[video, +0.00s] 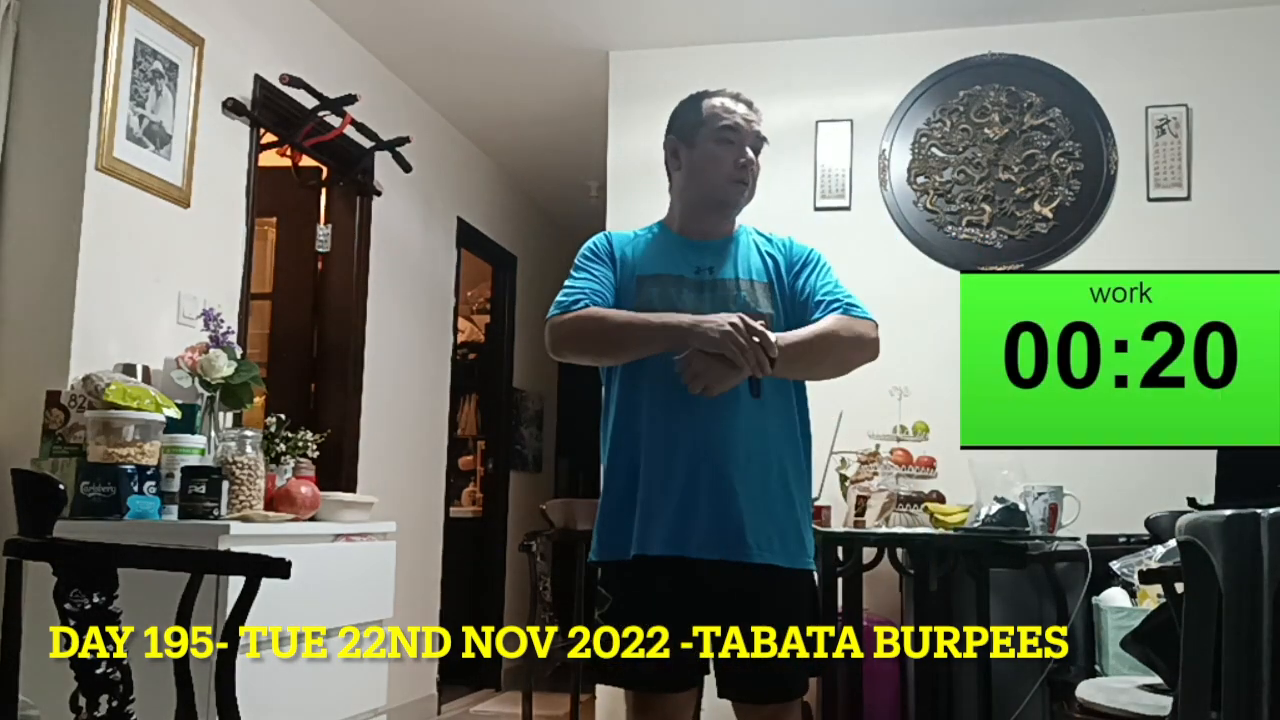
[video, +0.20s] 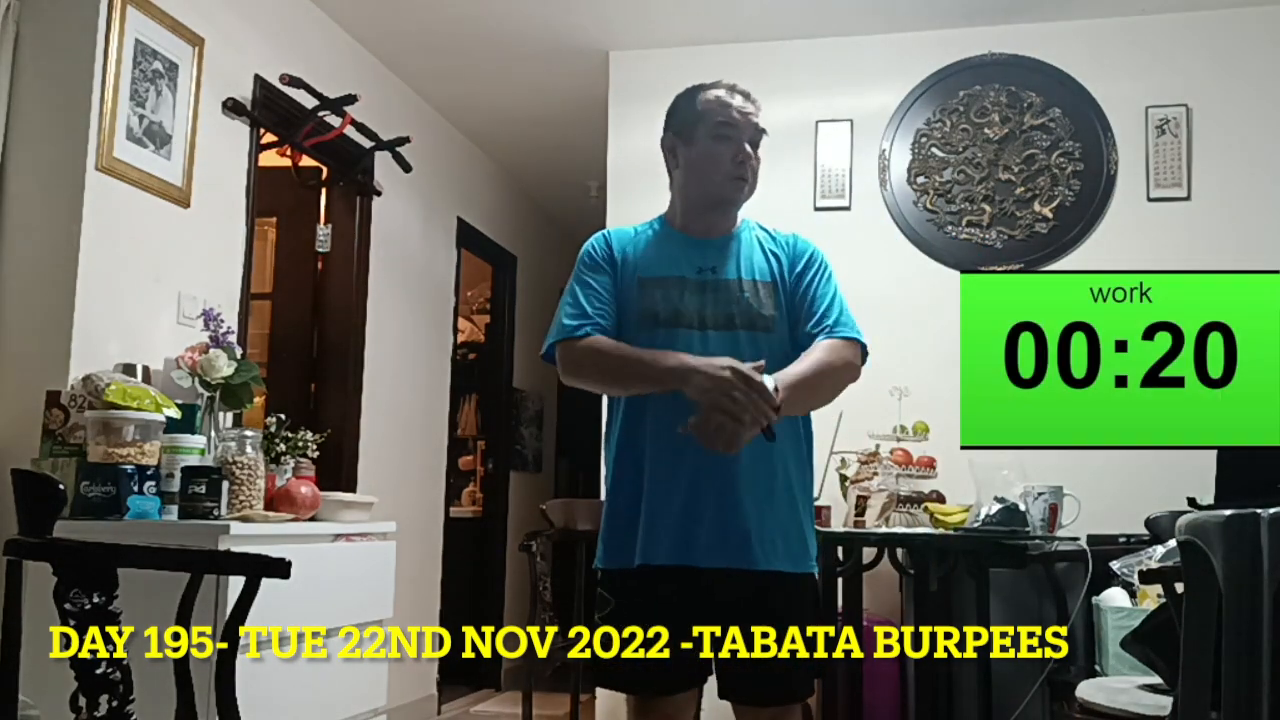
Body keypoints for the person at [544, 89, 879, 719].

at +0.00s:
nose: (749, 159)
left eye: (757, 147)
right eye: (728, 141)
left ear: (763, 163)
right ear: (675, 154)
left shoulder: (789, 258)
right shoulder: (614, 253)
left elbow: (860, 336)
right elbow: (565, 334)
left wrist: (749, 353)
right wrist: (691, 328)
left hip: (770, 546)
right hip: (647, 542)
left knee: (778, 710)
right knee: (656, 709)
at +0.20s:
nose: (747, 153)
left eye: (755, 142)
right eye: (725, 137)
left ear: (762, 156)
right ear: (673, 150)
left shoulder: (795, 257)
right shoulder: (613, 252)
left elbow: (844, 353)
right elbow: (571, 353)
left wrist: (762, 398)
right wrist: (690, 370)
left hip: (772, 547)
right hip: (652, 543)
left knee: (778, 711)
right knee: (658, 709)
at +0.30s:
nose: (737, 152)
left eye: (747, 138)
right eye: (713, 135)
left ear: (758, 153)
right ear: (665, 152)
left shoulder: (797, 259)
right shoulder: (610, 258)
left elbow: (825, 369)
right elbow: (579, 376)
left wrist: (785, 466)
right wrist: (659, 447)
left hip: (771, 561)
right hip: (650, 561)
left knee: (778, 713)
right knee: (658, 710)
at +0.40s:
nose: (718, 166)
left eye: (733, 146)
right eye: (693, 146)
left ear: (751, 159)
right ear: (654, 162)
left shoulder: (798, 262)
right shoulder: (608, 265)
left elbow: (830, 396)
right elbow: (573, 401)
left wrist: (807, 520)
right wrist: (624, 518)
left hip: (766, 563)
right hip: (651, 566)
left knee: (780, 713)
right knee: (656, 710)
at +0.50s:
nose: (696, 229)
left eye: (717, 201)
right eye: (671, 205)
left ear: (742, 196)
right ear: (640, 207)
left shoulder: (799, 299)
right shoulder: (600, 301)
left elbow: (844, 443)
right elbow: (567, 448)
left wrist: (813, 576)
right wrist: (595, 584)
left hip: (772, 578)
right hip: (644, 578)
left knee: (794, 710)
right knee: (626, 709)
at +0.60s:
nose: (681, 354)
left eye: (701, 326)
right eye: (655, 329)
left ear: (734, 301)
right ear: (628, 309)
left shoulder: (790, 373)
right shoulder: (589, 376)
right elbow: (558, 525)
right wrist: (569, 676)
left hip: (773, 583)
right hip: (635, 581)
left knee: (817, 709)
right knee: (601, 708)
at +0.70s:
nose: (672, 495)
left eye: (693, 470)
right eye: (647, 472)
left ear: (727, 436)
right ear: (618, 444)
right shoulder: (574, 479)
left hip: (762, 603)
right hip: (633, 603)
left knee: (816, 704)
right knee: (584, 706)